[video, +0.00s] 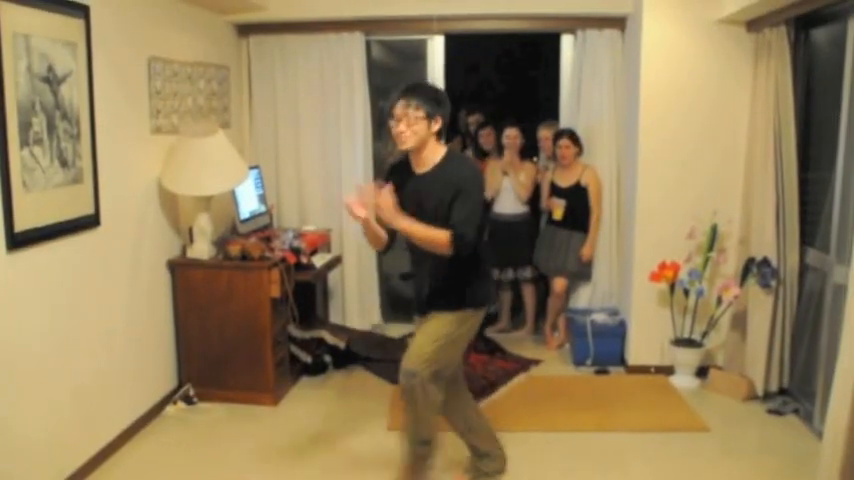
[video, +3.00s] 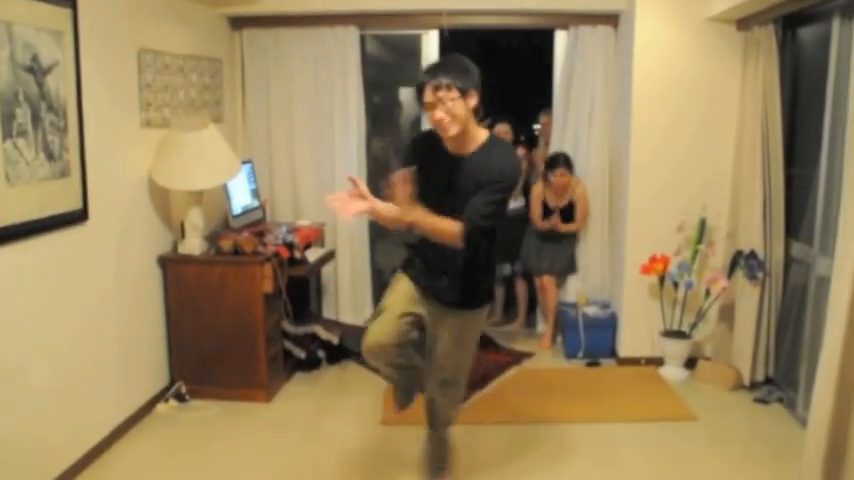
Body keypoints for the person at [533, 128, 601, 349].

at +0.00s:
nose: (563, 152)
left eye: (568, 147)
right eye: (559, 147)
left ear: (577, 149)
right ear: (554, 151)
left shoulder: (588, 174)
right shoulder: (550, 175)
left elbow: (595, 210)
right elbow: (543, 203)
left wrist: (590, 242)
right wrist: (550, 204)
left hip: (576, 234)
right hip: (553, 231)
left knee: (560, 285)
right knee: (557, 288)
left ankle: (549, 326)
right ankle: (563, 331)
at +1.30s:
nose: (561, 154)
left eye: (566, 149)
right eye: (558, 149)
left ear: (576, 151)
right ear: (552, 152)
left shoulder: (586, 175)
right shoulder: (547, 176)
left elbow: (597, 208)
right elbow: (540, 204)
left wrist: (576, 220)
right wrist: (548, 206)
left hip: (573, 233)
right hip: (550, 231)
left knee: (557, 287)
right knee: (552, 287)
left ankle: (544, 326)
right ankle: (557, 330)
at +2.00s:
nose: (567, 185)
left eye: (570, 180)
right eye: (563, 181)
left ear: (576, 175)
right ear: (553, 176)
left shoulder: (583, 187)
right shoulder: (541, 182)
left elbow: (587, 219)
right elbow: (529, 211)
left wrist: (575, 242)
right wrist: (544, 228)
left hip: (568, 234)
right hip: (542, 231)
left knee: (550, 283)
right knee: (543, 284)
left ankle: (549, 333)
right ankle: (551, 329)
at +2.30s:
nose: (565, 213)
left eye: (569, 210)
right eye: (562, 209)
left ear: (576, 204)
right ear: (555, 198)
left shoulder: (580, 208)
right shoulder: (542, 194)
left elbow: (582, 238)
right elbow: (526, 220)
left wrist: (583, 273)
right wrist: (540, 244)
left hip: (565, 240)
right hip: (538, 237)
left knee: (548, 284)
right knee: (540, 286)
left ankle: (551, 333)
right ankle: (550, 328)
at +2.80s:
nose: (568, 211)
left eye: (570, 207)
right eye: (564, 207)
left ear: (574, 202)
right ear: (553, 201)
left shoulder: (578, 208)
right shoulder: (538, 199)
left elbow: (581, 238)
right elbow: (528, 227)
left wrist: (582, 269)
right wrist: (539, 246)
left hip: (564, 240)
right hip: (540, 239)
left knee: (548, 282)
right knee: (540, 283)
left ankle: (550, 330)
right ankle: (550, 327)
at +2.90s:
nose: (563, 194)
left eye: (567, 188)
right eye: (559, 188)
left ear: (573, 186)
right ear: (550, 187)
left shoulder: (579, 197)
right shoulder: (539, 194)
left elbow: (582, 222)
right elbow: (532, 223)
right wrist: (538, 236)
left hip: (563, 235)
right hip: (541, 233)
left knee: (548, 279)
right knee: (539, 281)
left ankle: (550, 329)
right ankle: (550, 325)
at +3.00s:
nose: (559, 180)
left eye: (563, 175)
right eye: (554, 175)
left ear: (571, 175)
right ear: (547, 176)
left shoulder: (578, 190)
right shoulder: (538, 189)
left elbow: (580, 223)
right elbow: (536, 221)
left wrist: (561, 227)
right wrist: (549, 224)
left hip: (564, 235)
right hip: (539, 235)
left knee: (548, 279)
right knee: (539, 281)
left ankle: (550, 329)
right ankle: (550, 325)